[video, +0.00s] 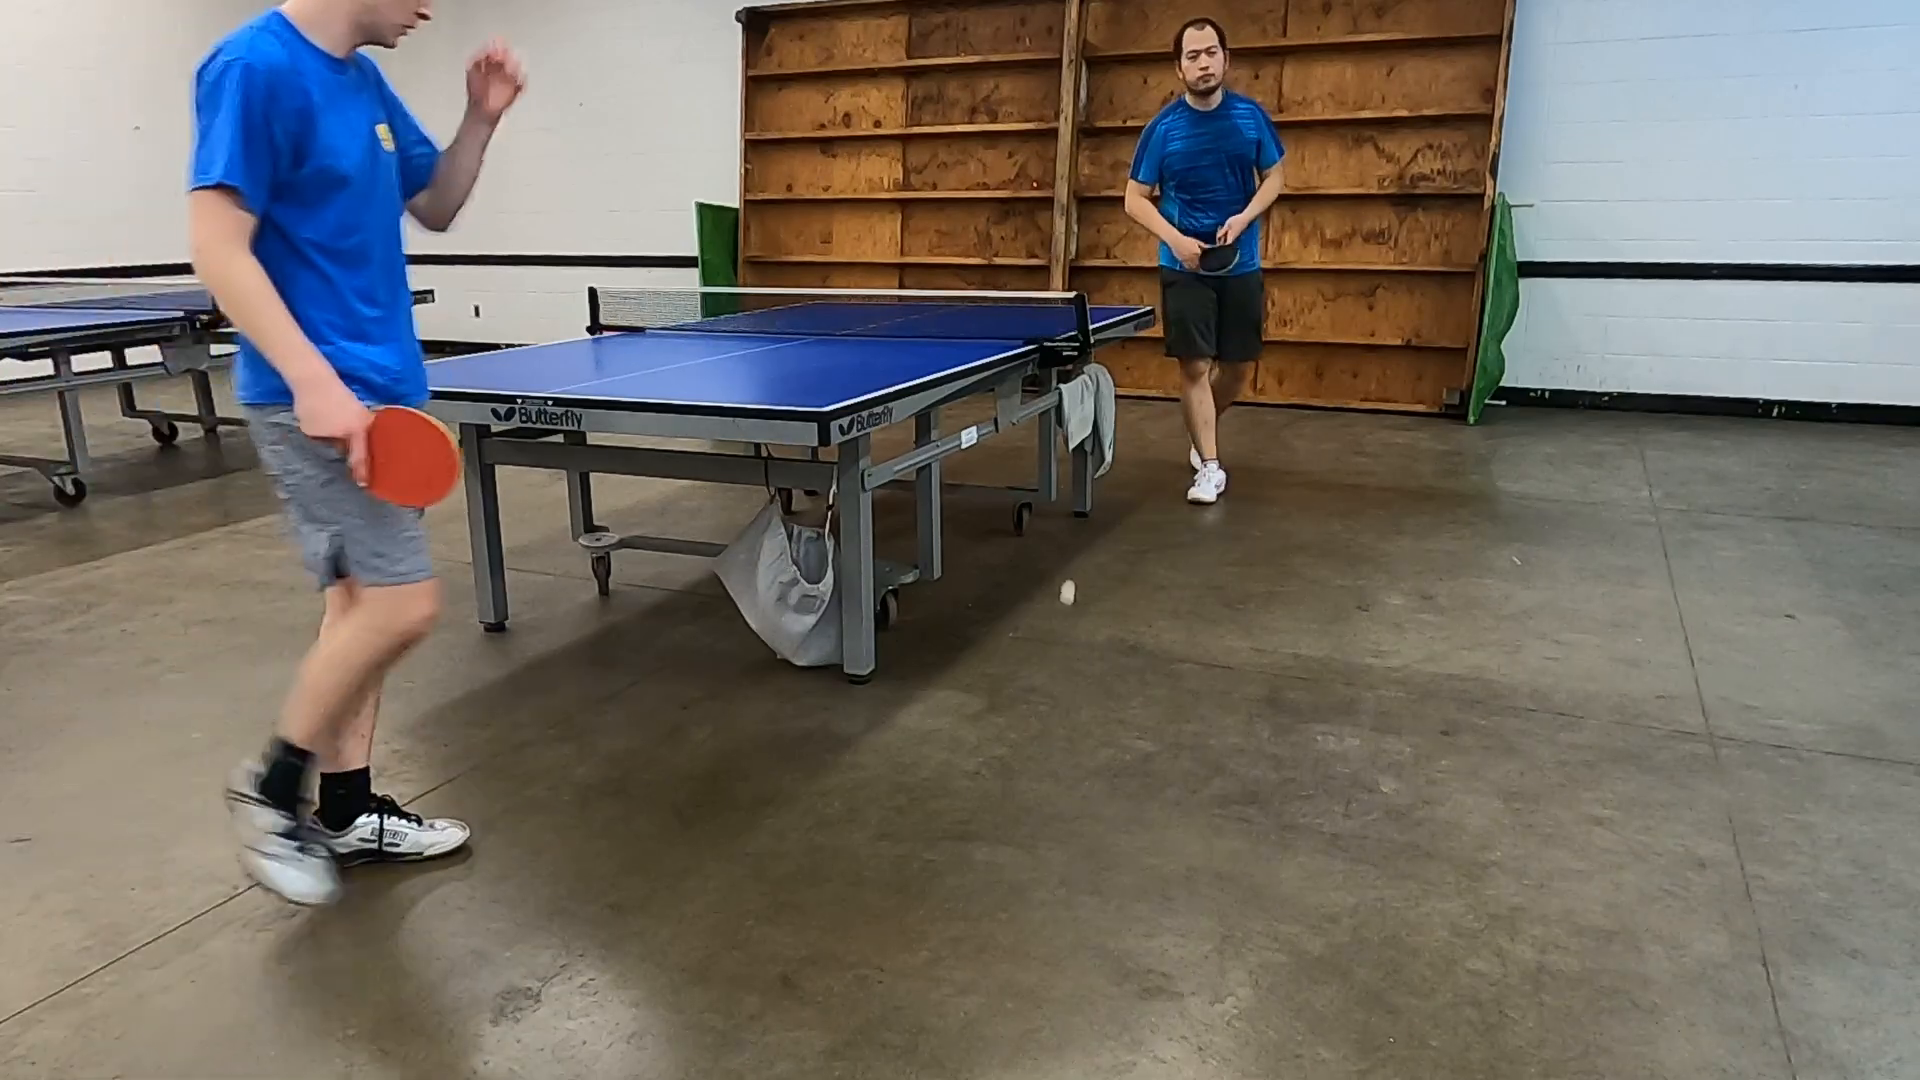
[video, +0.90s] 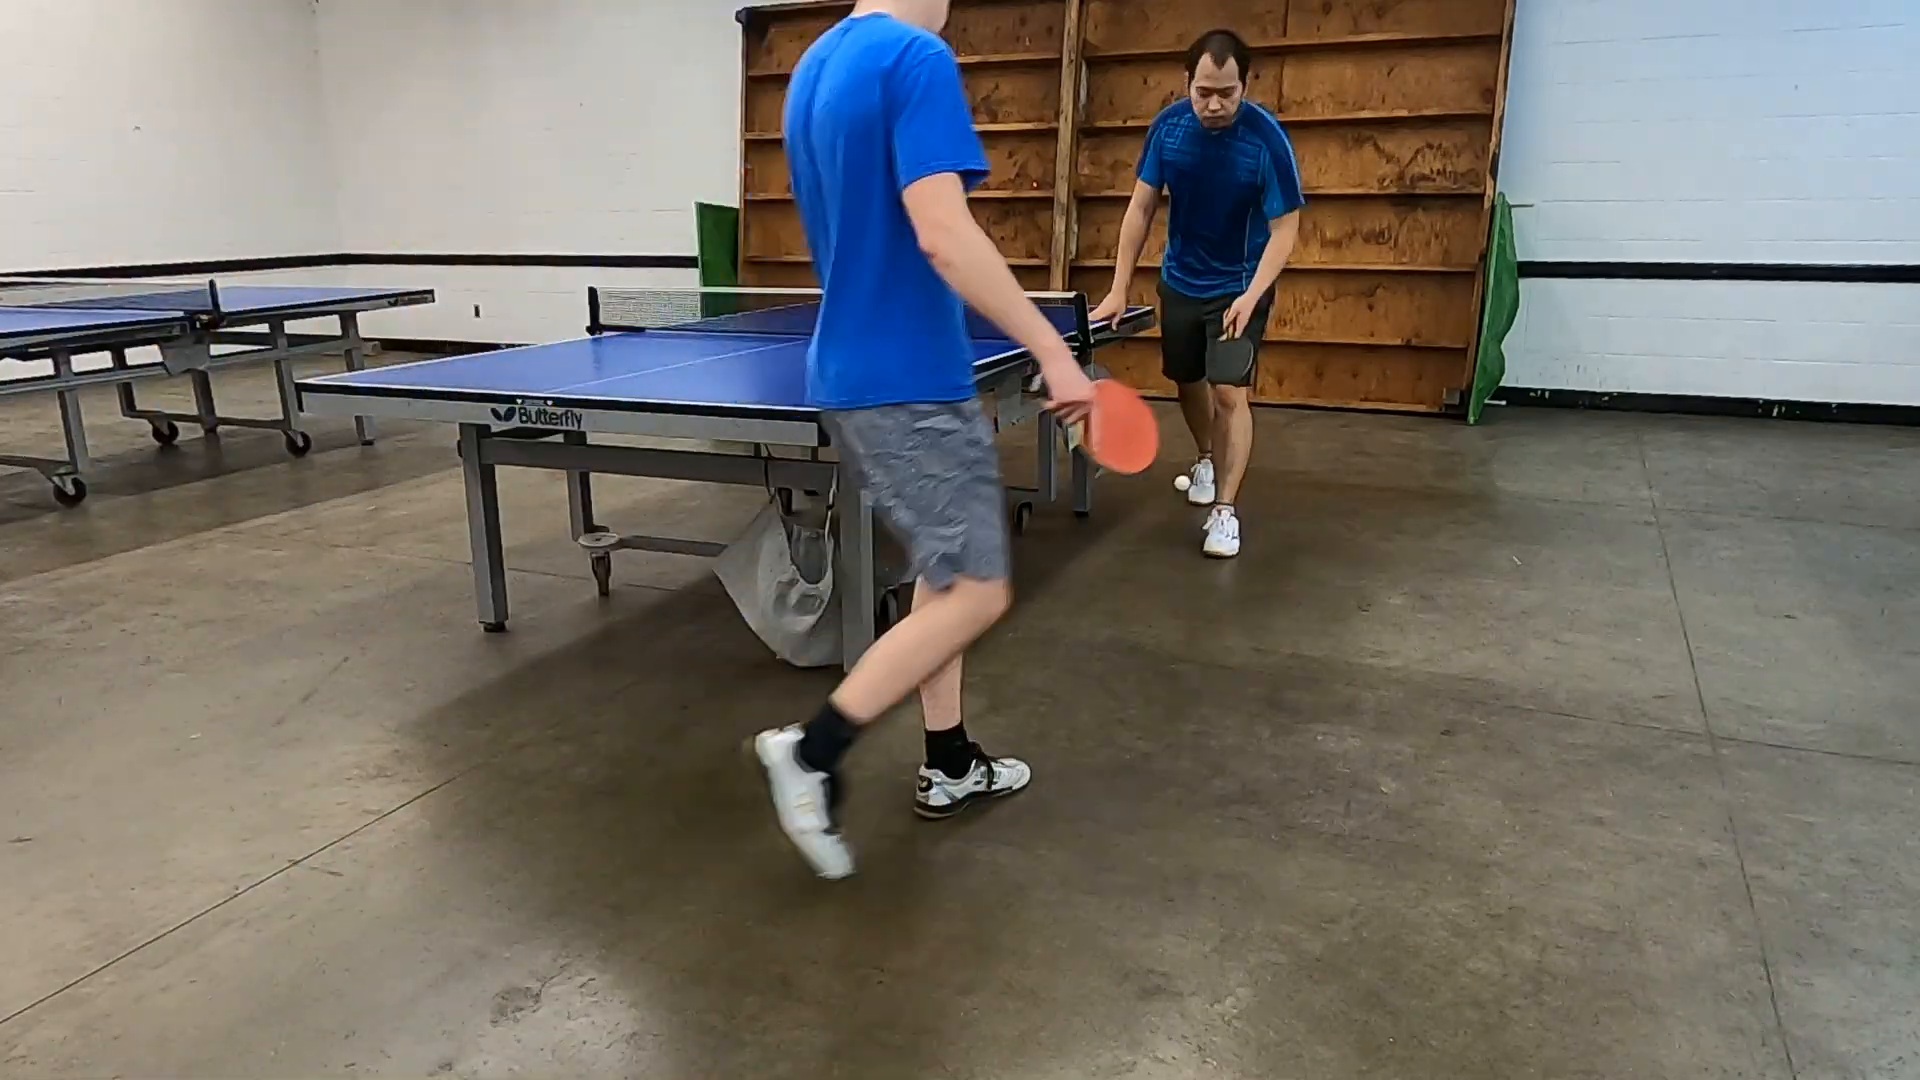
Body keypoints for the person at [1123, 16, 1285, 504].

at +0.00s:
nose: (1203, 63)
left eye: (1211, 53)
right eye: (1193, 56)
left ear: (1225, 59)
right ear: (1179, 66)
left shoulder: (1250, 115)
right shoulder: (1162, 128)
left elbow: (1275, 176)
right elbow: (1134, 199)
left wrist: (1244, 217)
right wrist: (1176, 239)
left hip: (1242, 264)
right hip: (1184, 265)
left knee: (1237, 367)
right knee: (1195, 366)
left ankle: (1201, 433)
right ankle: (1209, 468)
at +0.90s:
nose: (1211, 104)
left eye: (1224, 93)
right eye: (1202, 91)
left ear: (1246, 83)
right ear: (1188, 81)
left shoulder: (1268, 140)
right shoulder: (1169, 127)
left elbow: (1285, 227)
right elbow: (1140, 207)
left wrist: (1252, 296)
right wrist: (1119, 288)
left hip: (1240, 287)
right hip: (1180, 283)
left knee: (1228, 393)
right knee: (1188, 384)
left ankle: (1226, 508)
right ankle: (1207, 460)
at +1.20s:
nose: (1199, 203)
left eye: (1211, 194)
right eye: (1190, 192)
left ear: (1232, 176)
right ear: (1174, 170)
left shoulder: (1258, 211)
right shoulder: (1161, 170)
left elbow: (1266, 314)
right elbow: (1140, 228)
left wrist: (1250, 404)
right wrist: (1118, 292)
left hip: (1242, 294)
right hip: (1190, 285)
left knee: (1230, 392)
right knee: (1195, 373)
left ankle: (1224, 509)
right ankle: (1212, 435)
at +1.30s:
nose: (1196, 238)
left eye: (1208, 228)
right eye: (1186, 227)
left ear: (1229, 209)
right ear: (1170, 210)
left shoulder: (1258, 249)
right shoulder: (1162, 213)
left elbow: (1257, 349)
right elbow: (1136, 254)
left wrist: (1251, 440)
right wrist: (1114, 316)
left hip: (1248, 295)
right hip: (1198, 286)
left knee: (1230, 398)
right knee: (1193, 359)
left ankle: (1225, 509)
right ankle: (1200, 418)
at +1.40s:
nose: (1197, 240)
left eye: (1207, 231)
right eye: (1190, 231)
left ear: (1227, 222)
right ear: (1179, 215)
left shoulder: (1256, 265)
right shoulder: (1169, 203)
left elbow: (1257, 367)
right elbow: (1136, 256)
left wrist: (1252, 457)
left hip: (1264, 286)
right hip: (1208, 277)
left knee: (1247, 386)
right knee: (1217, 367)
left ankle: (1227, 503)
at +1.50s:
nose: (1191, 238)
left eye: (1205, 229)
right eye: (1184, 226)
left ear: (1227, 222)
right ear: (1174, 215)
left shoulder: (1257, 258)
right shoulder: (1163, 213)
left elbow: (1267, 362)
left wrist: (1257, 447)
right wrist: (1222, 369)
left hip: (1266, 280)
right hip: (1204, 277)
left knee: (1247, 387)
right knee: (1222, 369)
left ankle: (1223, 509)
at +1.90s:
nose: (1208, 183)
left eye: (1223, 172)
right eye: (1199, 169)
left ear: (1245, 158)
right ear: (1186, 151)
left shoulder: (1270, 203)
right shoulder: (1171, 170)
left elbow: (1279, 306)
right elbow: (1149, 234)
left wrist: (1257, 388)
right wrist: (1121, 304)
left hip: (1250, 302)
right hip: (1200, 288)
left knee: (1239, 400)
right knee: (1215, 351)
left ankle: (1224, 511)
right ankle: (1266, 371)